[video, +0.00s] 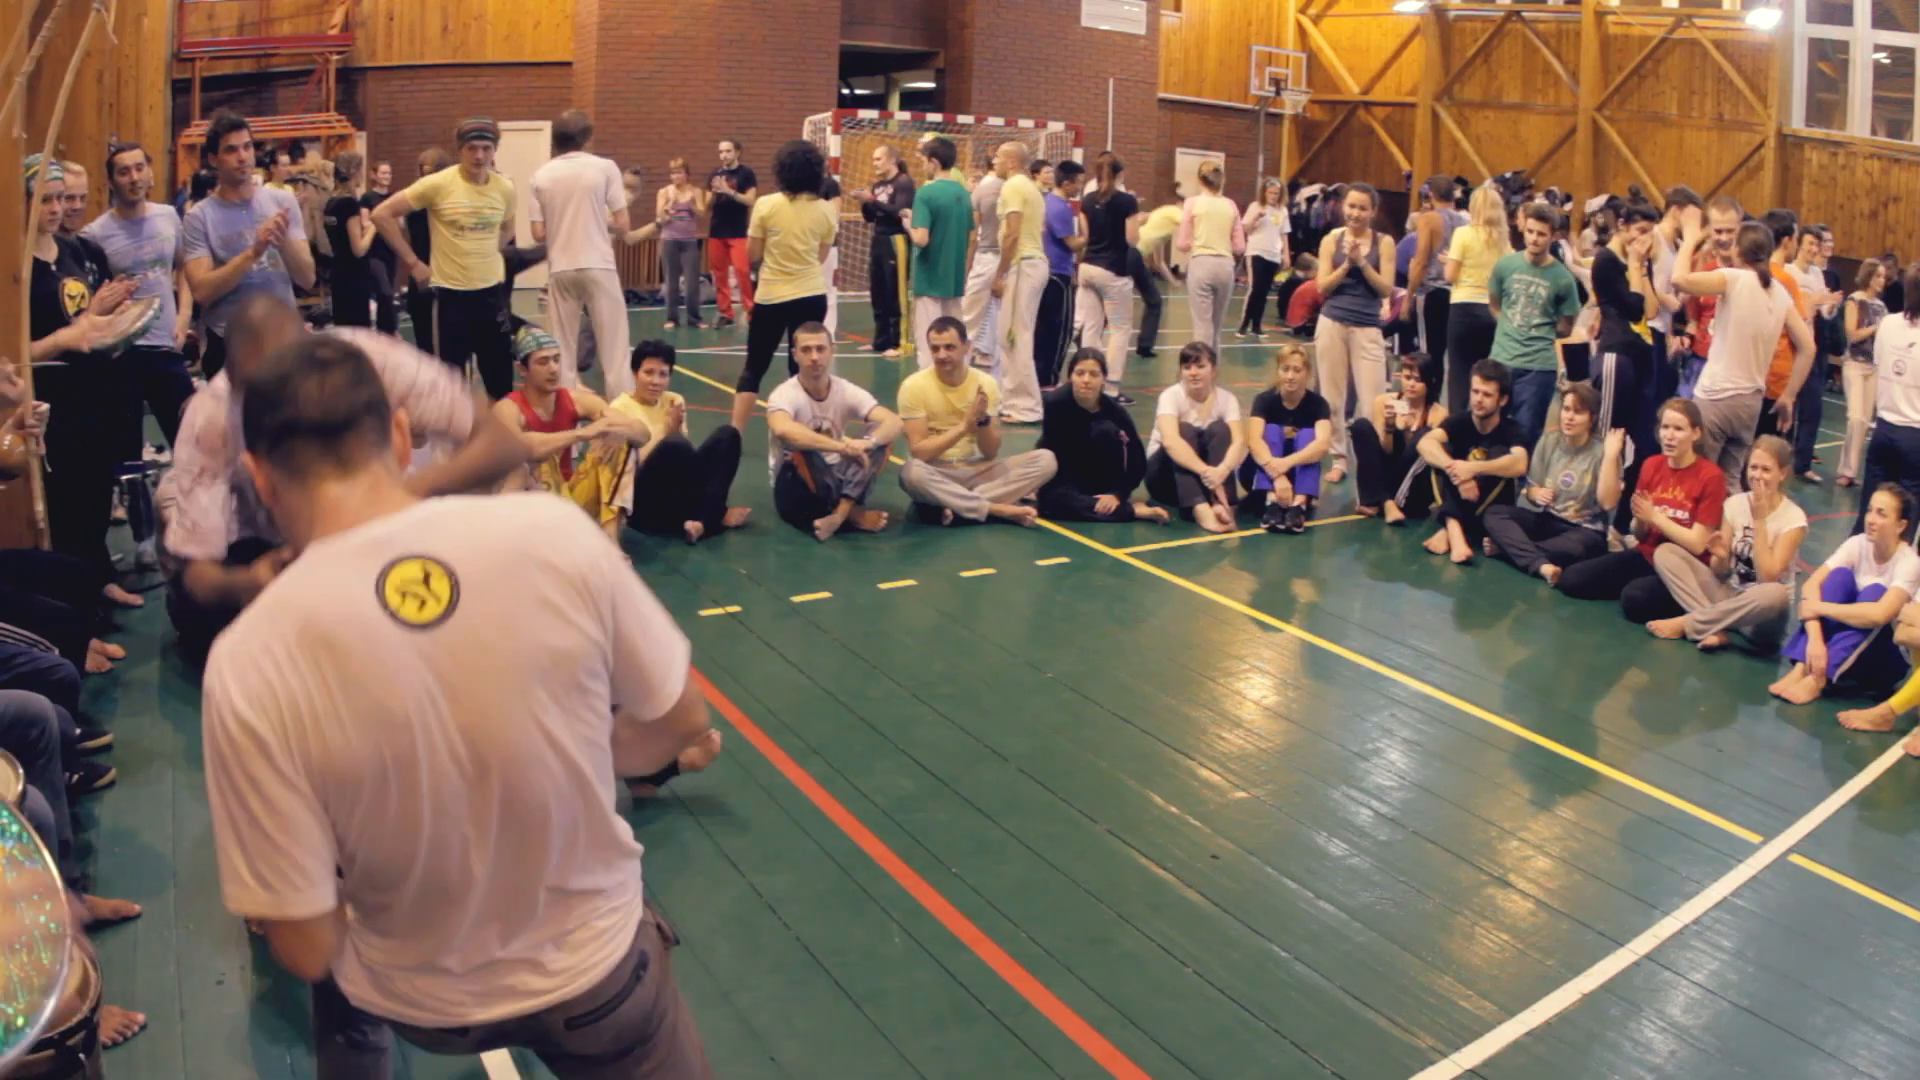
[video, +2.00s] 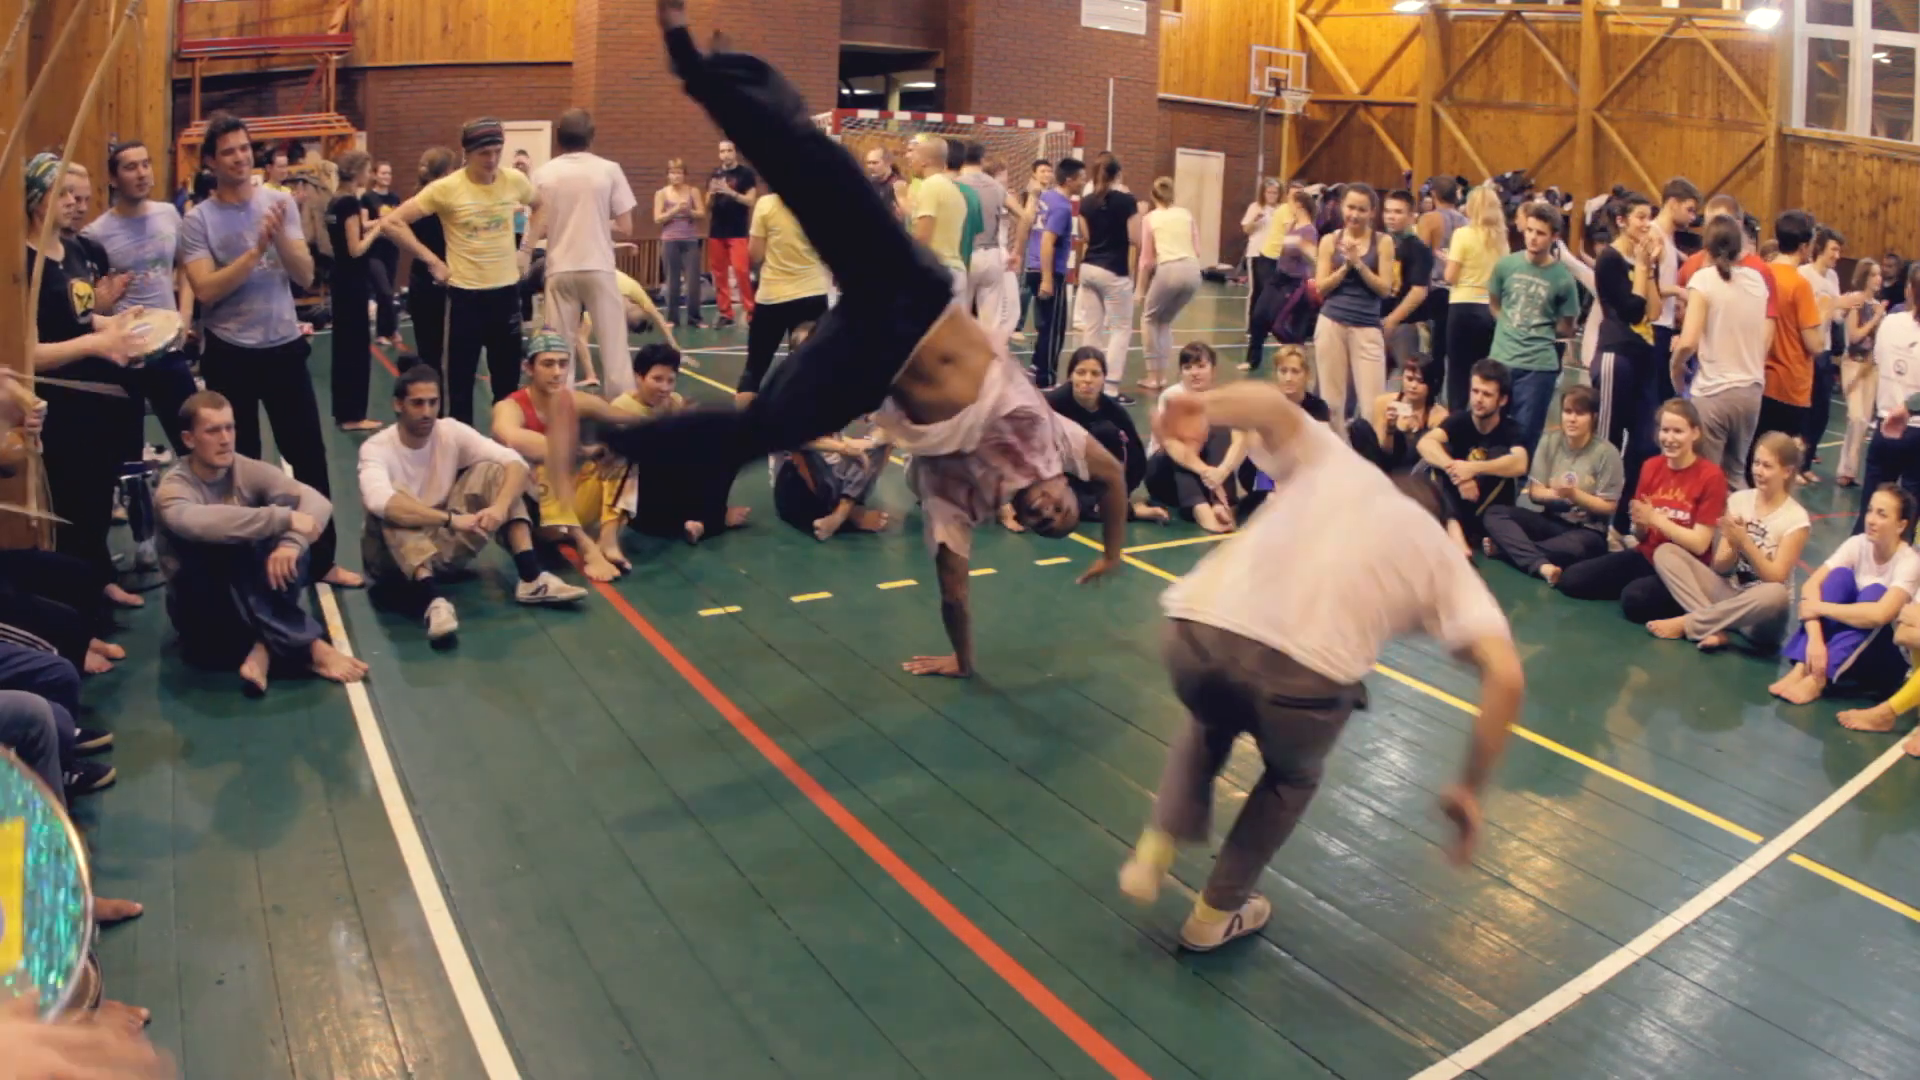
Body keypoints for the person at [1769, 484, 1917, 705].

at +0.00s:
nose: (1870, 519)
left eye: (1881, 514)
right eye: (1869, 511)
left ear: (1901, 526)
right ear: (1865, 513)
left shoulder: (1910, 562)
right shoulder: (1857, 544)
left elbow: (1880, 616)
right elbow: (1810, 585)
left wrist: (1819, 607)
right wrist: (1815, 641)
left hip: (1881, 668)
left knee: (1875, 592)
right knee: (1840, 576)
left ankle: (1817, 678)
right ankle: (1800, 668)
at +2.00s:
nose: (1871, 519)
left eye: (1881, 514)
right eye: (1870, 511)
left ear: (1901, 526)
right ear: (1865, 513)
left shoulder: (1910, 561)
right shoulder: (1857, 544)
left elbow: (1880, 616)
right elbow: (1810, 586)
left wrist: (1819, 607)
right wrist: (1815, 641)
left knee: (1875, 592)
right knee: (1840, 576)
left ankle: (1818, 678)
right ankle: (1800, 668)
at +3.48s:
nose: (1876, 511)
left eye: (1887, 507)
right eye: (1878, 504)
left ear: (1907, 524)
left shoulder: (1913, 558)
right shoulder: (1862, 541)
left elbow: (1885, 609)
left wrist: (1823, 603)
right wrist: (1823, 646)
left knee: (1879, 587)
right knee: (1847, 577)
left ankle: (1828, 672)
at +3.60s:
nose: (1873, 505)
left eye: (1883, 502)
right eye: (1878, 499)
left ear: (1900, 520)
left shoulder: (1912, 556)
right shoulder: (1862, 540)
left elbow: (1887, 608)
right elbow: (1822, 584)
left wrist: (1834, 606)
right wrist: (1822, 638)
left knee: (1878, 587)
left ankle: (1829, 666)